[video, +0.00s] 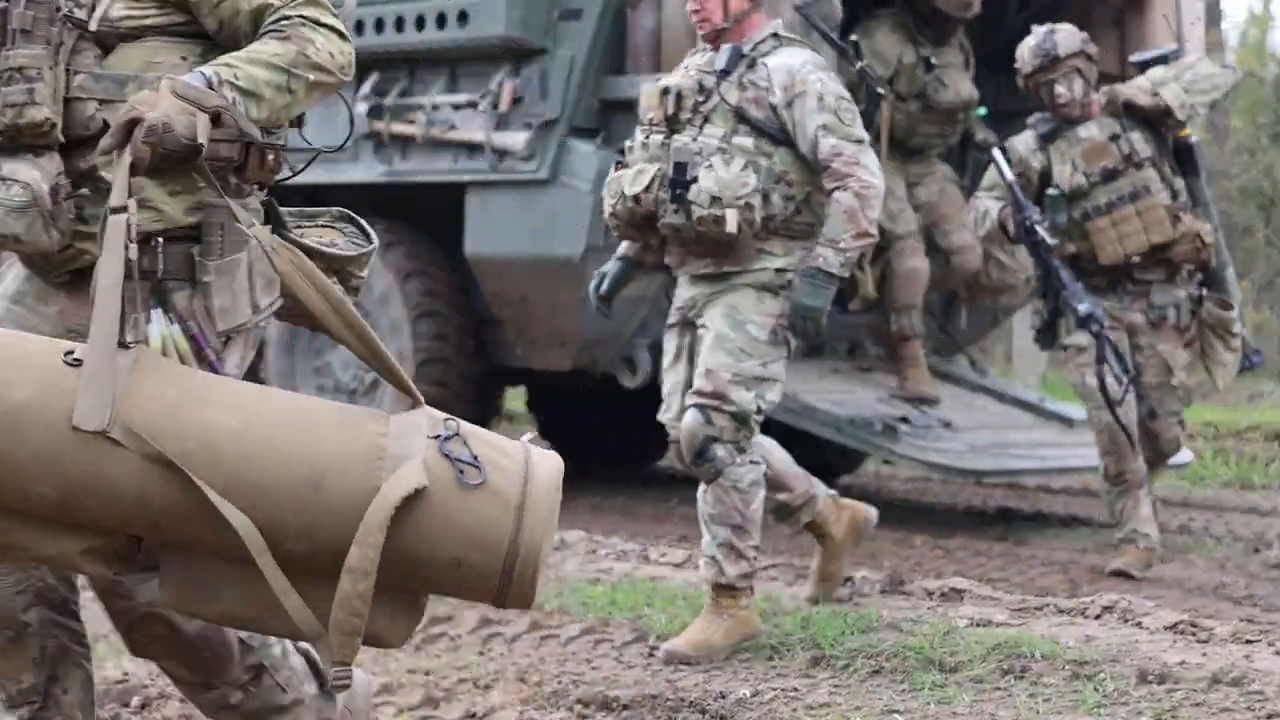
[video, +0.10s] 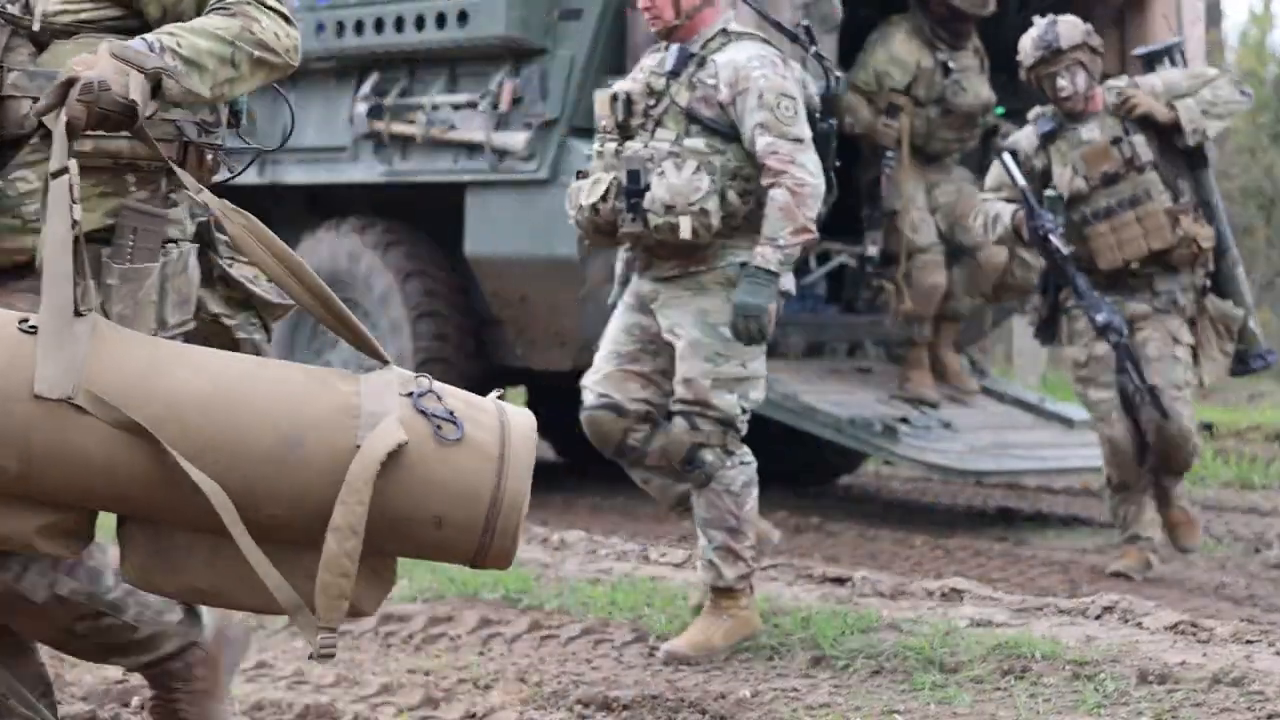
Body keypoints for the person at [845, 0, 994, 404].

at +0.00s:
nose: (972, 3)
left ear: (975, 7)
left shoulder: (960, 44)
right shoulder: (885, 37)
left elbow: (961, 104)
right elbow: (862, 109)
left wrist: (977, 129)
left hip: (930, 159)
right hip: (882, 157)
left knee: (967, 258)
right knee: (910, 261)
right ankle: (912, 364)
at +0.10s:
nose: (970, 29)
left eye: (975, 22)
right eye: (964, 19)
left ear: (977, 17)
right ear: (937, 6)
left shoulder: (972, 45)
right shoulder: (898, 41)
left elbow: (977, 110)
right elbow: (849, 99)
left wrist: (1001, 129)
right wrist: (877, 127)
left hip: (951, 167)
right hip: (903, 165)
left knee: (987, 255)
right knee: (926, 269)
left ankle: (945, 347)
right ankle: (916, 364)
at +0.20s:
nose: (985, 24)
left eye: (991, 17)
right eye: (978, 14)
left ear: (995, 14)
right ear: (954, 5)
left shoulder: (987, 47)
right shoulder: (917, 38)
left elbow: (1002, 106)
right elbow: (864, 100)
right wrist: (898, 130)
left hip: (970, 171)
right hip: (922, 171)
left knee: (999, 262)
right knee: (933, 275)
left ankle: (989, 379)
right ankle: (916, 371)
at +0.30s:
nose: (1005, 19)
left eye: (1010, 14)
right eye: (1000, 10)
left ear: (1012, 15)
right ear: (977, 3)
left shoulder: (1007, 52)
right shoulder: (939, 37)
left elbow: (1034, 99)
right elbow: (891, 101)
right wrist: (916, 129)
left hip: (996, 178)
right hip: (942, 175)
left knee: (1005, 282)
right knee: (948, 280)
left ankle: (1009, 398)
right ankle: (923, 364)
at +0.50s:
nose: (1029, 22)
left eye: (1035, 17)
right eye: (1024, 14)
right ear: (1005, 14)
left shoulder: (1048, 59)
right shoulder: (975, 52)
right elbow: (927, 121)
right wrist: (977, 161)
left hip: (1036, 191)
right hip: (987, 190)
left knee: (1044, 294)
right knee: (1016, 284)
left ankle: (1026, 403)